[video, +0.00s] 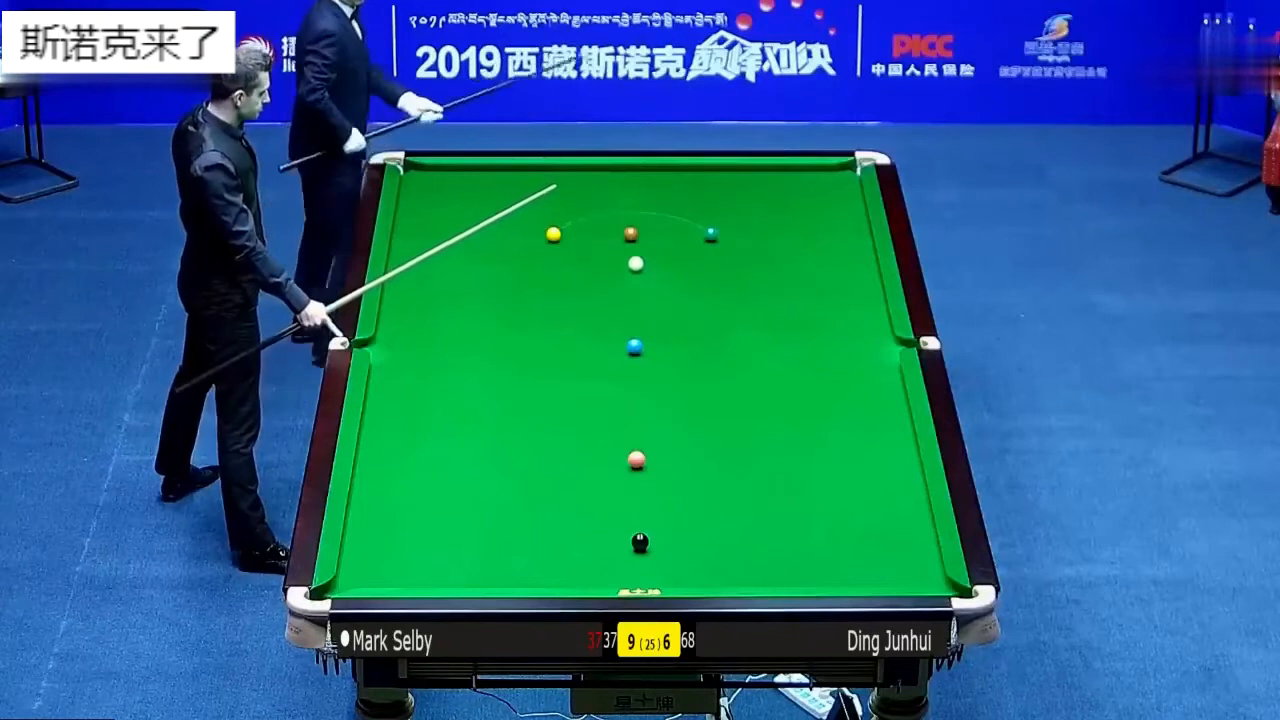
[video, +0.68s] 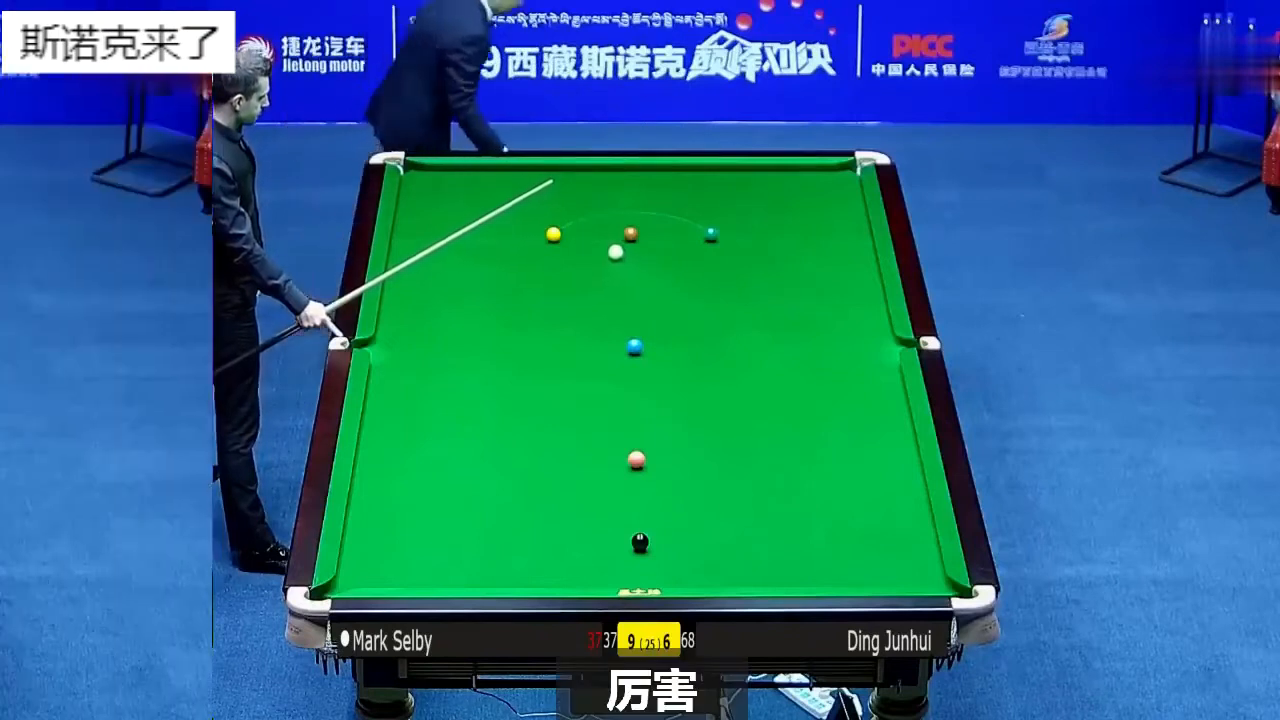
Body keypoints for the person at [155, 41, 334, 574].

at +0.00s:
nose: (267, 100)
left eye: (267, 91)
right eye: (262, 92)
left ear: (229, 89)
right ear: (237, 94)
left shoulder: (202, 121)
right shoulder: (212, 165)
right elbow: (246, 247)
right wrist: (302, 301)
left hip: (206, 281)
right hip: (226, 296)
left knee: (193, 379)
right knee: (240, 425)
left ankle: (175, 472)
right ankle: (253, 546)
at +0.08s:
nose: (266, 100)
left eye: (266, 91)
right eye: (261, 92)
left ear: (228, 90)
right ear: (236, 95)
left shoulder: (201, 122)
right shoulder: (212, 165)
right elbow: (245, 246)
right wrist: (301, 301)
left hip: (206, 282)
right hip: (226, 297)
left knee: (192, 379)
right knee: (239, 425)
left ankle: (175, 473)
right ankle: (253, 546)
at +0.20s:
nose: (267, 102)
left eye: (267, 93)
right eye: (262, 94)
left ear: (229, 92)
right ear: (235, 96)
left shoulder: (200, 121)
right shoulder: (212, 166)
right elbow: (245, 247)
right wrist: (300, 302)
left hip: (206, 284)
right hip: (226, 299)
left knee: (192, 379)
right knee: (239, 426)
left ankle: (175, 472)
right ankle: (253, 546)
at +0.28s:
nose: (267, 103)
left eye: (267, 94)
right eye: (262, 95)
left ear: (228, 93)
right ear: (237, 98)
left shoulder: (200, 122)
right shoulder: (211, 169)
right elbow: (245, 248)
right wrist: (301, 301)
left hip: (206, 284)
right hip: (226, 298)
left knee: (192, 379)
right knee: (239, 426)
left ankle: (175, 472)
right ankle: (253, 546)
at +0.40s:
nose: (266, 104)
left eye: (266, 94)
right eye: (260, 96)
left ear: (228, 93)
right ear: (235, 98)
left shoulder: (200, 122)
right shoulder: (210, 168)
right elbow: (244, 248)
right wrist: (300, 302)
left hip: (206, 283)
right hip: (225, 298)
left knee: (193, 379)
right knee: (239, 424)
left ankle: (175, 472)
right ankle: (253, 546)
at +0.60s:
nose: (267, 104)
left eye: (267, 95)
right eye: (262, 96)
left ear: (229, 93)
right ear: (237, 98)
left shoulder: (200, 121)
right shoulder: (210, 169)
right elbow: (243, 248)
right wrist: (301, 303)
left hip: (205, 283)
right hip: (224, 298)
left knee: (192, 379)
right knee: (238, 425)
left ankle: (175, 472)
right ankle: (253, 546)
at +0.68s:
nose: (265, 106)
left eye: (266, 97)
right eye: (262, 97)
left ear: (235, 94)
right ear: (238, 97)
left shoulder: (228, 139)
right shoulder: (216, 157)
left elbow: (241, 234)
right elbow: (239, 244)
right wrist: (299, 301)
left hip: (232, 300)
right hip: (223, 305)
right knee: (237, 425)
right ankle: (252, 545)